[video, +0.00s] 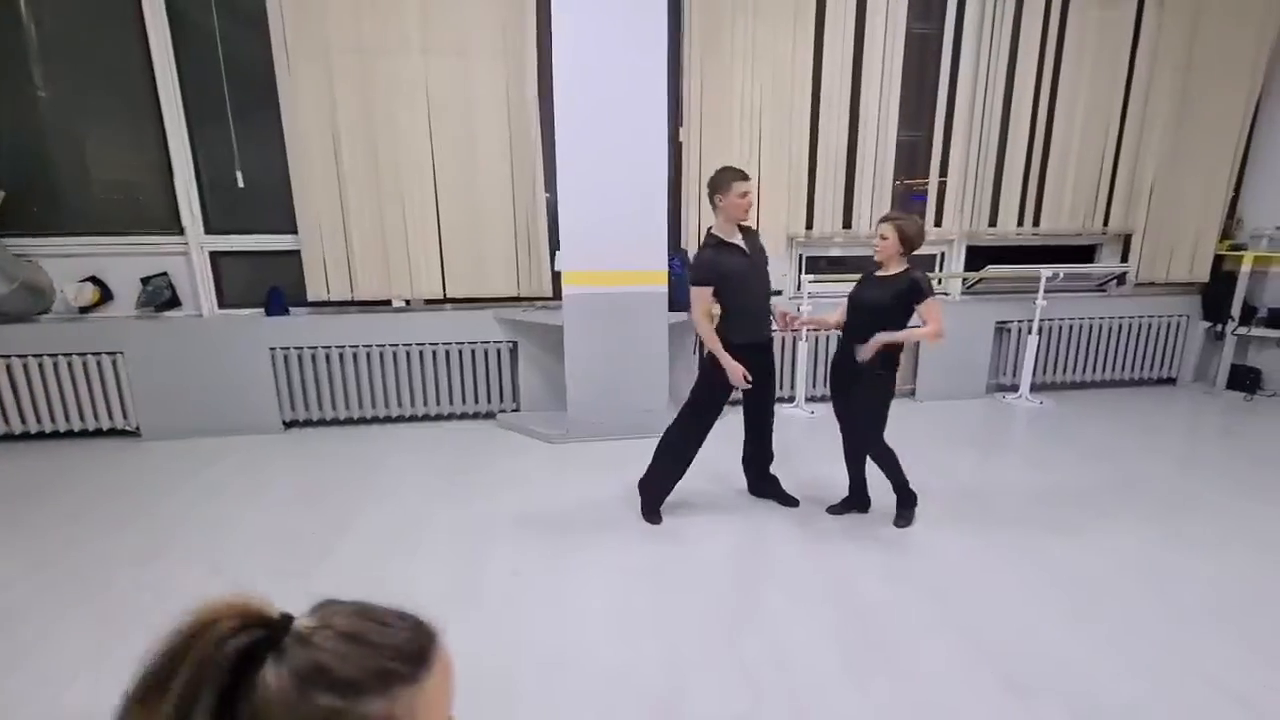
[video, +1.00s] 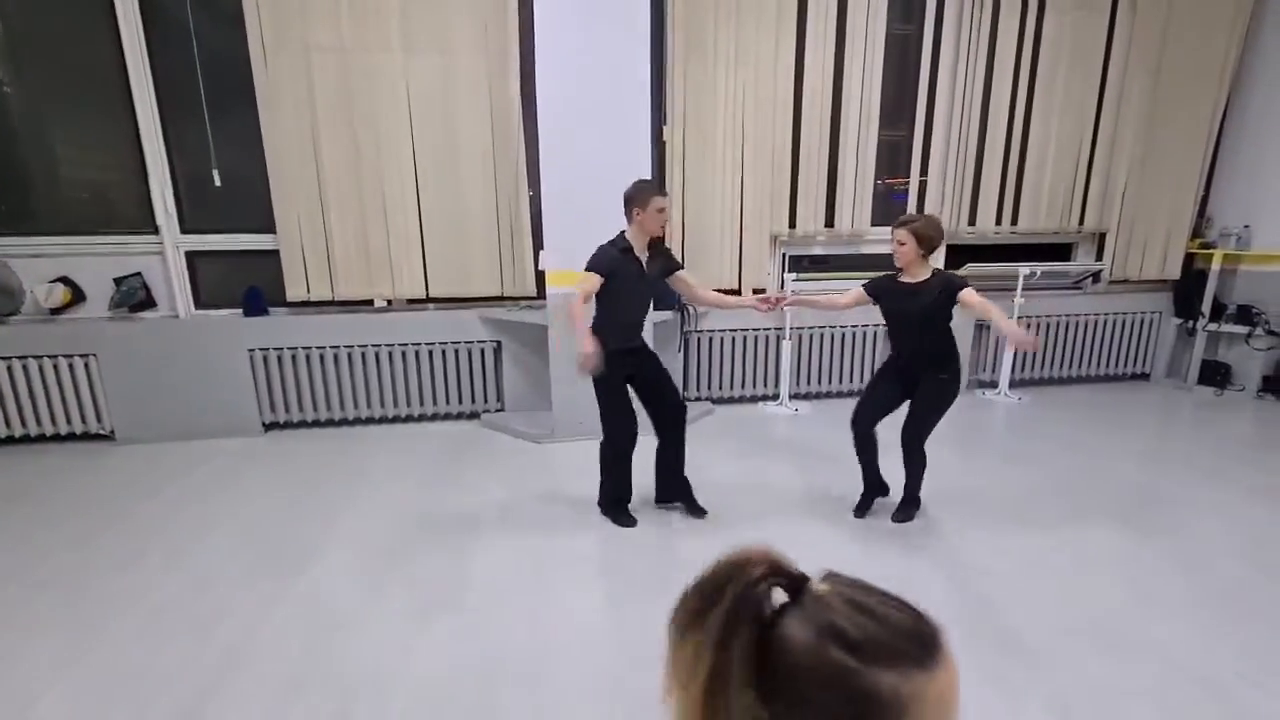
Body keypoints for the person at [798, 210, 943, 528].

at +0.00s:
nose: (876, 243)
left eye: (883, 238)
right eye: (876, 237)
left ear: (902, 245)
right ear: (882, 241)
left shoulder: (914, 280)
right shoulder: (871, 275)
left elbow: (935, 330)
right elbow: (844, 319)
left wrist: (882, 338)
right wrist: (808, 320)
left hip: (878, 369)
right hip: (845, 363)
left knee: (870, 438)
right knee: (849, 433)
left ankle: (905, 496)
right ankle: (857, 495)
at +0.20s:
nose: (881, 239)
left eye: (889, 235)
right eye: (881, 234)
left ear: (908, 241)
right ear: (881, 237)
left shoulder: (918, 279)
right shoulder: (866, 275)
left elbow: (926, 322)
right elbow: (839, 307)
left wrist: (902, 283)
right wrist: (808, 303)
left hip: (899, 371)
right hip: (860, 367)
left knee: (899, 438)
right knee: (850, 431)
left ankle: (919, 497)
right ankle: (856, 495)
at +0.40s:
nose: (892, 245)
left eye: (899, 240)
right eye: (893, 239)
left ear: (920, 246)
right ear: (899, 244)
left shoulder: (937, 282)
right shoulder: (887, 280)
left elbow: (949, 312)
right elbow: (851, 310)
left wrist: (904, 302)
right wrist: (815, 302)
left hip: (924, 375)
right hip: (883, 370)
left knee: (916, 440)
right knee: (854, 429)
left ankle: (925, 501)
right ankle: (854, 495)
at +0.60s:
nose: (903, 247)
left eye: (910, 242)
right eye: (903, 241)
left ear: (931, 246)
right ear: (907, 244)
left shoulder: (952, 282)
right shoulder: (898, 284)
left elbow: (977, 305)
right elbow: (859, 307)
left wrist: (969, 327)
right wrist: (820, 303)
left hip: (945, 374)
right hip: (906, 366)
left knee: (922, 438)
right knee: (863, 417)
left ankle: (920, 500)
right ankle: (851, 485)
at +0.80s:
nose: (906, 246)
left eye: (913, 241)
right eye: (905, 240)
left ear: (935, 245)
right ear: (908, 243)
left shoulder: (953, 282)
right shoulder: (894, 284)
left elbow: (1003, 300)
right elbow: (850, 302)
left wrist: (1055, 318)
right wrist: (806, 300)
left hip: (956, 370)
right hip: (916, 367)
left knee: (926, 433)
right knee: (885, 426)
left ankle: (918, 498)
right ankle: (863, 491)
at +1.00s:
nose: (894, 249)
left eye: (901, 243)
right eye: (893, 243)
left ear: (923, 248)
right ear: (894, 245)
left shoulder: (946, 283)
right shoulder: (884, 285)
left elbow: (983, 307)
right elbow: (841, 302)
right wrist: (793, 300)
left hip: (940, 375)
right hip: (900, 370)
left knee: (912, 437)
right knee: (861, 421)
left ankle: (911, 500)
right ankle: (873, 485)